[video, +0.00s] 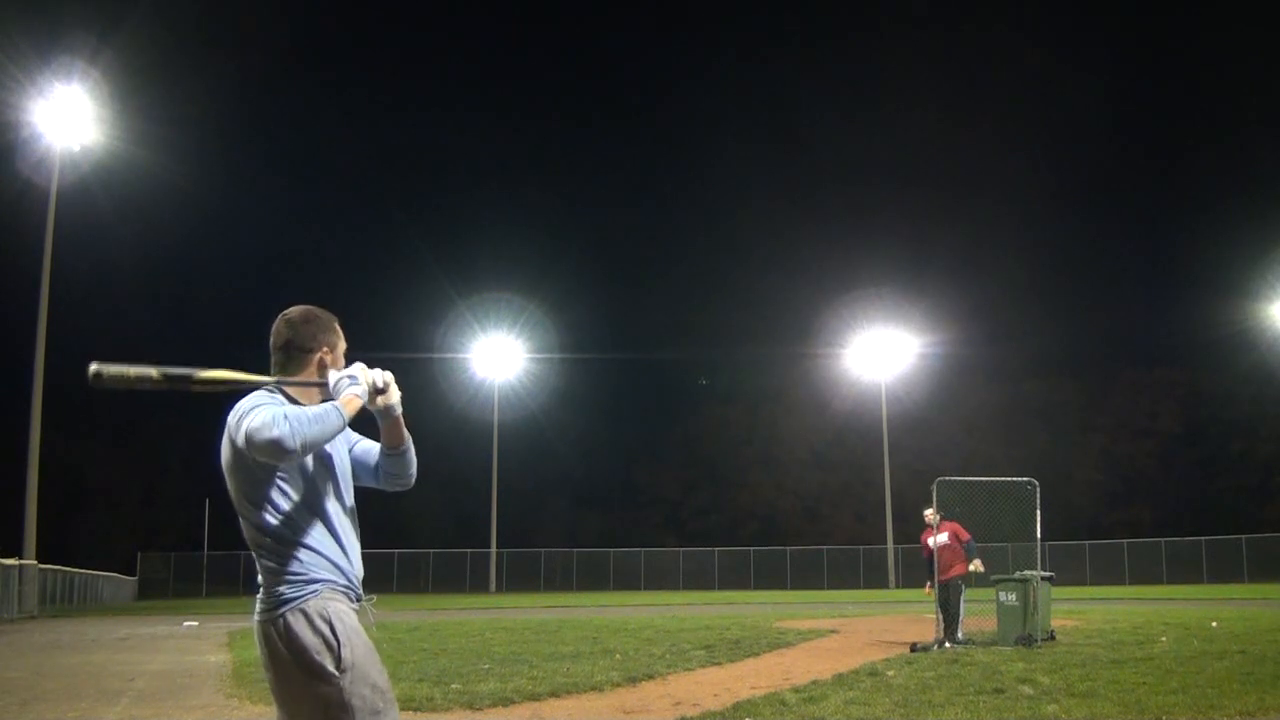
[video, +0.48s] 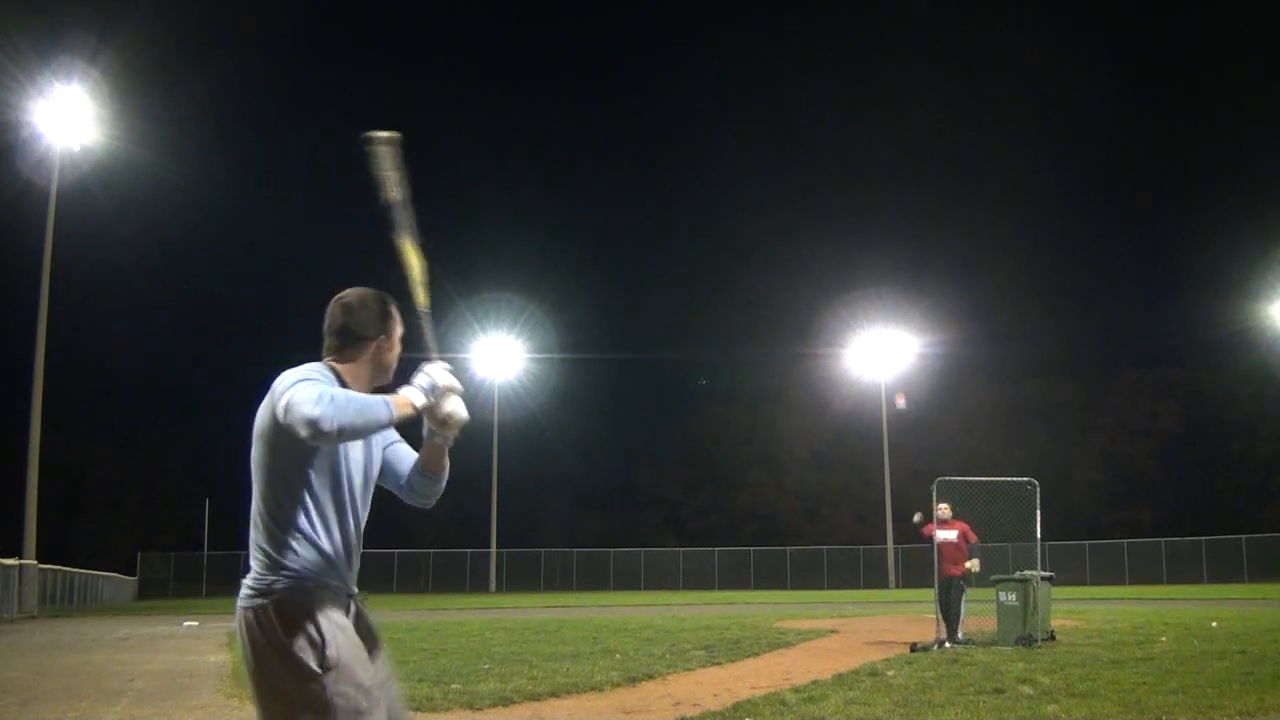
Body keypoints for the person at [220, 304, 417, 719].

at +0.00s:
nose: (345, 366)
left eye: (344, 356)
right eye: (343, 355)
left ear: (279, 353)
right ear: (325, 357)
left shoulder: (332, 432)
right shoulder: (257, 408)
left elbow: (399, 476)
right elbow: (279, 440)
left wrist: (391, 415)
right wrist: (352, 400)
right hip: (307, 611)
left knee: (316, 713)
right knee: (373, 711)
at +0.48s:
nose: (399, 354)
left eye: (399, 342)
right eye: (398, 342)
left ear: (336, 336)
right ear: (380, 346)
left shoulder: (372, 421)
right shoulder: (303, 381)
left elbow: (421, 490)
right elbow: (318, 419)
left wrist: (439, 438)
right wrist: (412, 398)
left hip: (337, 607)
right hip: (291, 608)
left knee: (390, 710)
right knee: (357, 711)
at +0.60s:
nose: (421, 351)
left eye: (421, 340)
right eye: (421, 340)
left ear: (356, 334)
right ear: (403, 346)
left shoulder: (387, 415)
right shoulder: (320, 383)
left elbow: (421, 503)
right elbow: (325, 433)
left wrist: (446, 464)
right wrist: (429, 423)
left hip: (346, 586)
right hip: (286, 590)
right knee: (343, 708)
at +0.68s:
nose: (431, 355)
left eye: (432, 346)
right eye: (431, 345)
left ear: (367, 338)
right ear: (414, 350)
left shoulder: (399, 414)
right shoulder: (329, 387)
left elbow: (423, 508)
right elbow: (329, 446)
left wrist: (450, 476)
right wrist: (429, 439)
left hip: (353, 575)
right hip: (290, 587)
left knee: (456, 604)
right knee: (347, 707)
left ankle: (394, 711)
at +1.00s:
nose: (467, 401)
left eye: (468, 391)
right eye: (466, 391)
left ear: (405, 376)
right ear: (447, 392)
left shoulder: (445, 437)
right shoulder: (358, 419)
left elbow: (491, 506)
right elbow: (308, 476)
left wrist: (461, 461)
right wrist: (405, 444)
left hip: (389, 596)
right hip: (321, 606)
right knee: (353, 704)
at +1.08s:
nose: (480, 402)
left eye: (479, 392)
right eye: (475, 392)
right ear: (454, 398)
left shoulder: (468, 439)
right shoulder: (360, 431)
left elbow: (505, 495)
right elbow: (300, 489)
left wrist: (448, 442)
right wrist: (394, 436)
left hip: (402, 612)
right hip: (334, 615)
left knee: (467, 703)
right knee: (363, 710)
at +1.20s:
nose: (505, 420)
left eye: (502, 411)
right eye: (498, 413)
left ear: (468, 427)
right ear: (469, 428)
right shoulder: (413, 484)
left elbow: (510, 492)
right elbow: (415, 583)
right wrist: (463, 506)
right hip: (360, 638)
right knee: (434, 710)